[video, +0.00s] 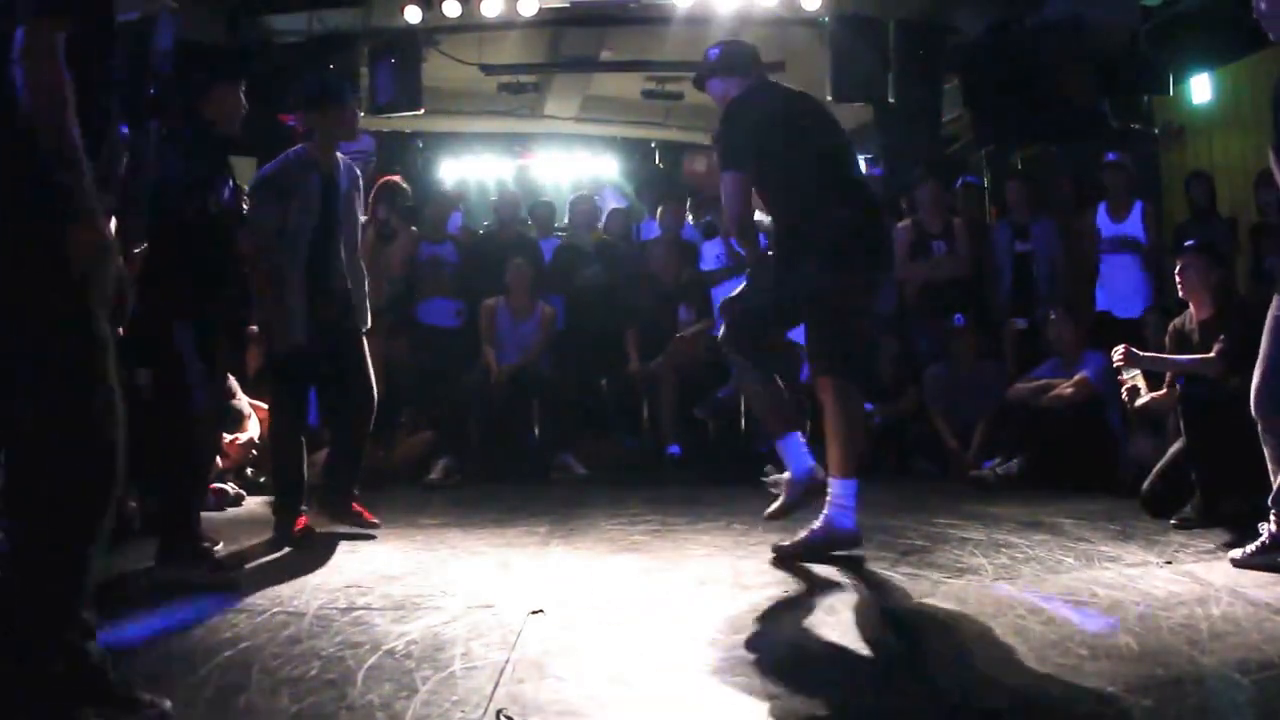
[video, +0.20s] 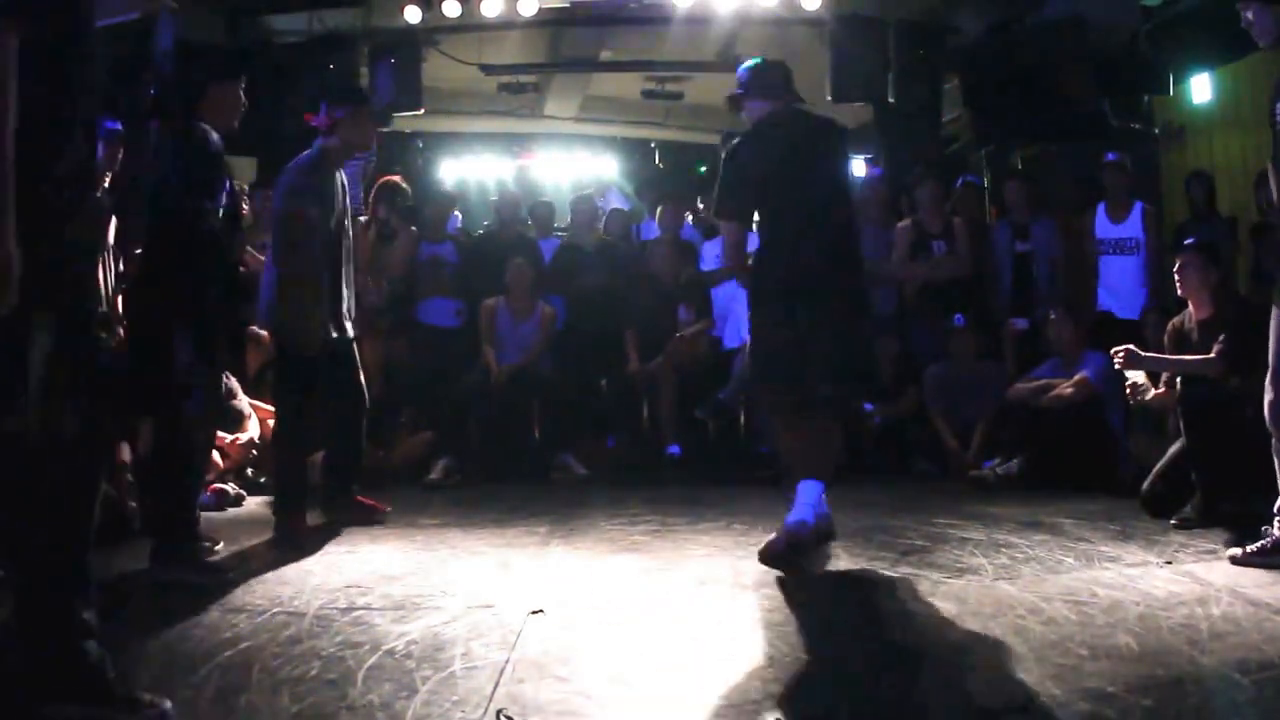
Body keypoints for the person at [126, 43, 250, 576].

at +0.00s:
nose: (245, 105)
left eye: (243, 93)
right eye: (236, 94)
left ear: (211, 97)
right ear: (207, 97)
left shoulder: (201, 152)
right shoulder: (191, 154)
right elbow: (202, 247)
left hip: (195, 309)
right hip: (182, 312)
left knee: (192, 425)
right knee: (191, 427)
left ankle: (183, 538)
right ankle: (178, 544)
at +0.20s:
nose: (244, 103)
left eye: (243, 92)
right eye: (238, 91)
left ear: (208, 92)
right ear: (212, 91)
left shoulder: (179, 142)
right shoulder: (198, 147)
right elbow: (196, 233)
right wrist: (237, 238)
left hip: (173, 308)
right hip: (184, 313)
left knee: (177, 423)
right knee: (185, 424)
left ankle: (174, 537)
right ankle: (175, 545)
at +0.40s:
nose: (243, 101)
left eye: (243, 90)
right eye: (235, 90)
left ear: (211, 91)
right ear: (207, 89)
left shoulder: (185, 142)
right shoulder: (187, 147)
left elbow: (185, 229)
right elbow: (183, 235)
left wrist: (233, 245)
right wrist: (233, 257)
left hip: (177, 310)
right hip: (177, 313)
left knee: (180, 430)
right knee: (180, 432)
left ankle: (177, 543)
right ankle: (174, 551)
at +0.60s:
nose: (241, 96)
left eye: (241, 86)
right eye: (233, 85)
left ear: (217, 88)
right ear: (205, 84)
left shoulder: (198, 144)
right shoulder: (175, 144)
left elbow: (196, 227)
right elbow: (174, 233)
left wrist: (235, 243)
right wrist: (229, 248)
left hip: (193, 308)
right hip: (173, 310)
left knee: (194, 424)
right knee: (180, 426)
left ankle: (187, 523)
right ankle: (169, 541)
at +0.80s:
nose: (235, 99)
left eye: (238, 89)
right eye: (228, 87)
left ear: (224, 93)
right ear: (199, 86)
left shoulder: (205, 147)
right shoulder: (166, 143)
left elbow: (209, 226)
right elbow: (162, 236)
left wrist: (237, 248)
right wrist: (223, 261)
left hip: (198, 306)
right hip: (168, 308)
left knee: (205, 420)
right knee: (179, 423)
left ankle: (213, 527)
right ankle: (167, 544)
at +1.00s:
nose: (230, 101)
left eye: (238, 93)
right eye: (222, 89)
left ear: (244, 101)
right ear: (196, 90)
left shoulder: (231, 157)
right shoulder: (163, 149)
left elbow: (241, 222)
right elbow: (150, 232)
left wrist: (255, 253)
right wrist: (209, 260)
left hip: (216, 312)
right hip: (169, 312)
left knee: (218, 419)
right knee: (172, 423)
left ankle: (217, 526)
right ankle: (166, 544)